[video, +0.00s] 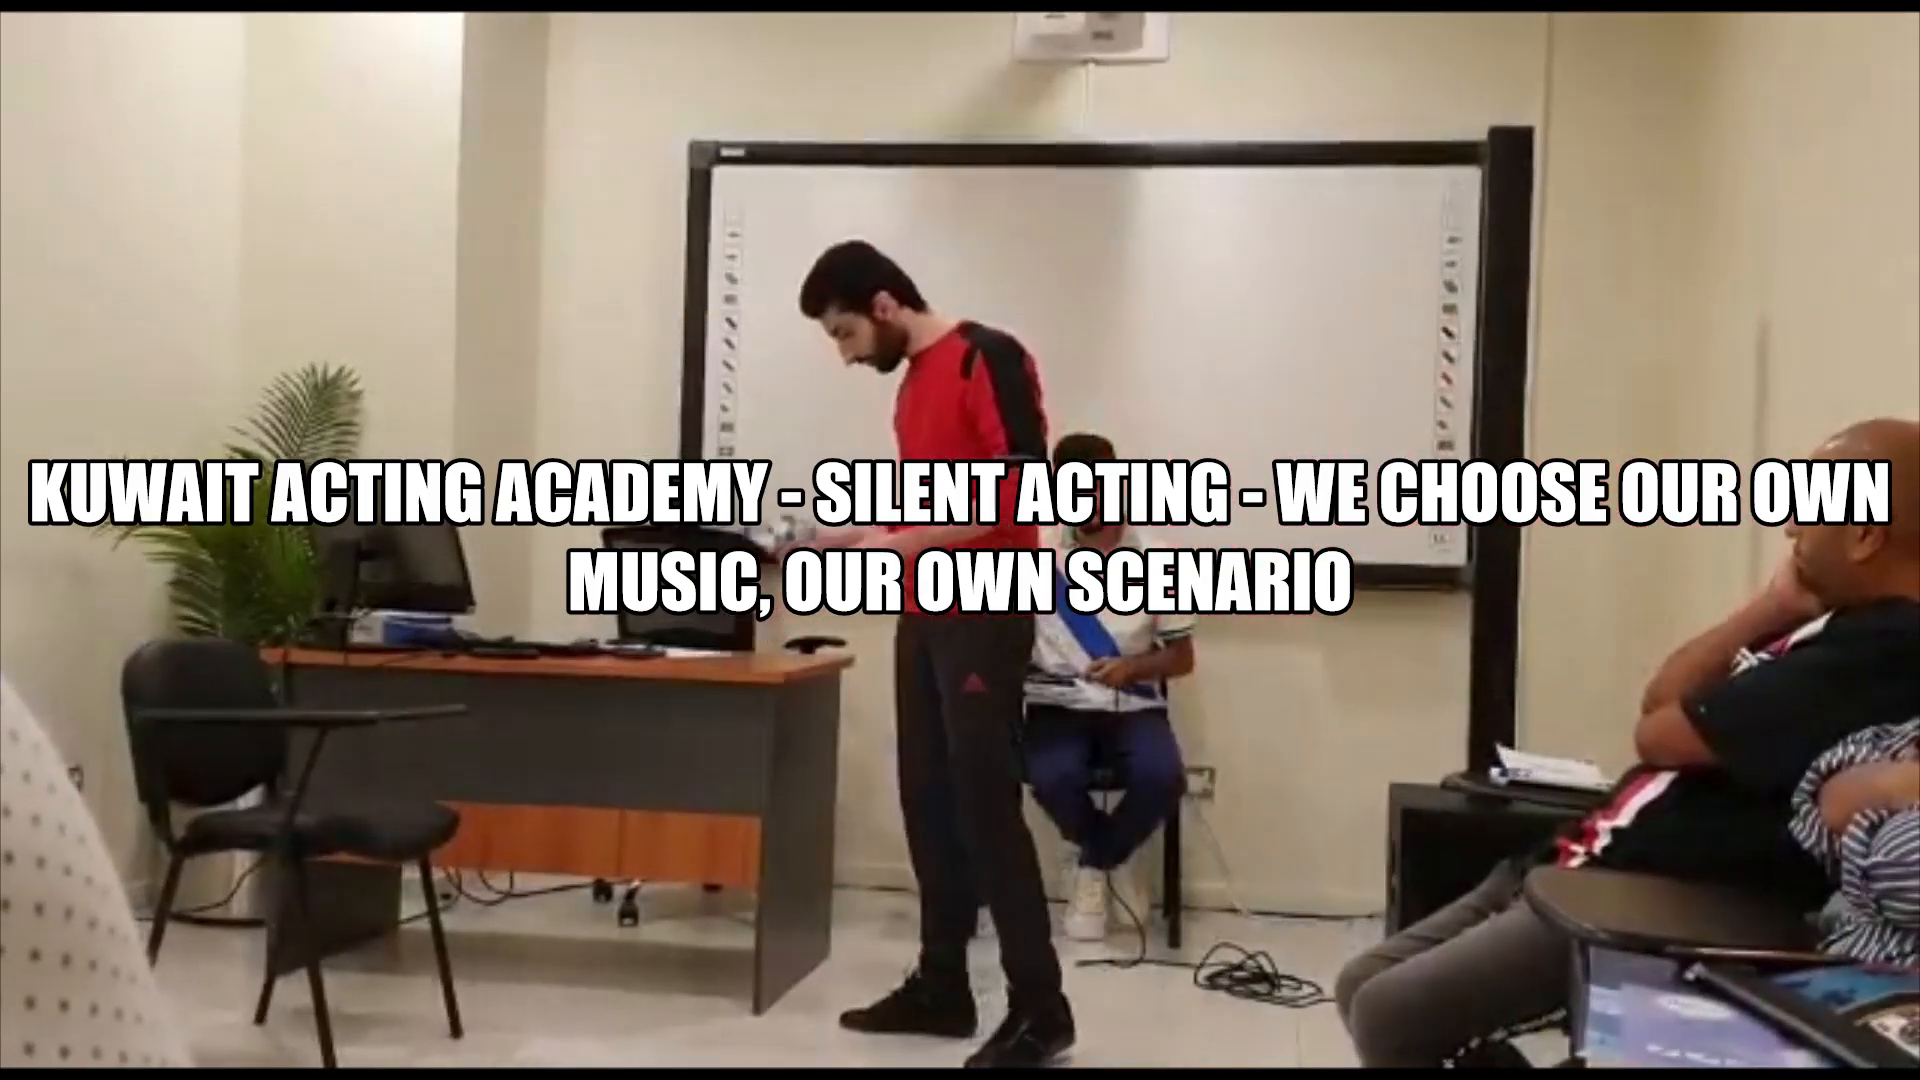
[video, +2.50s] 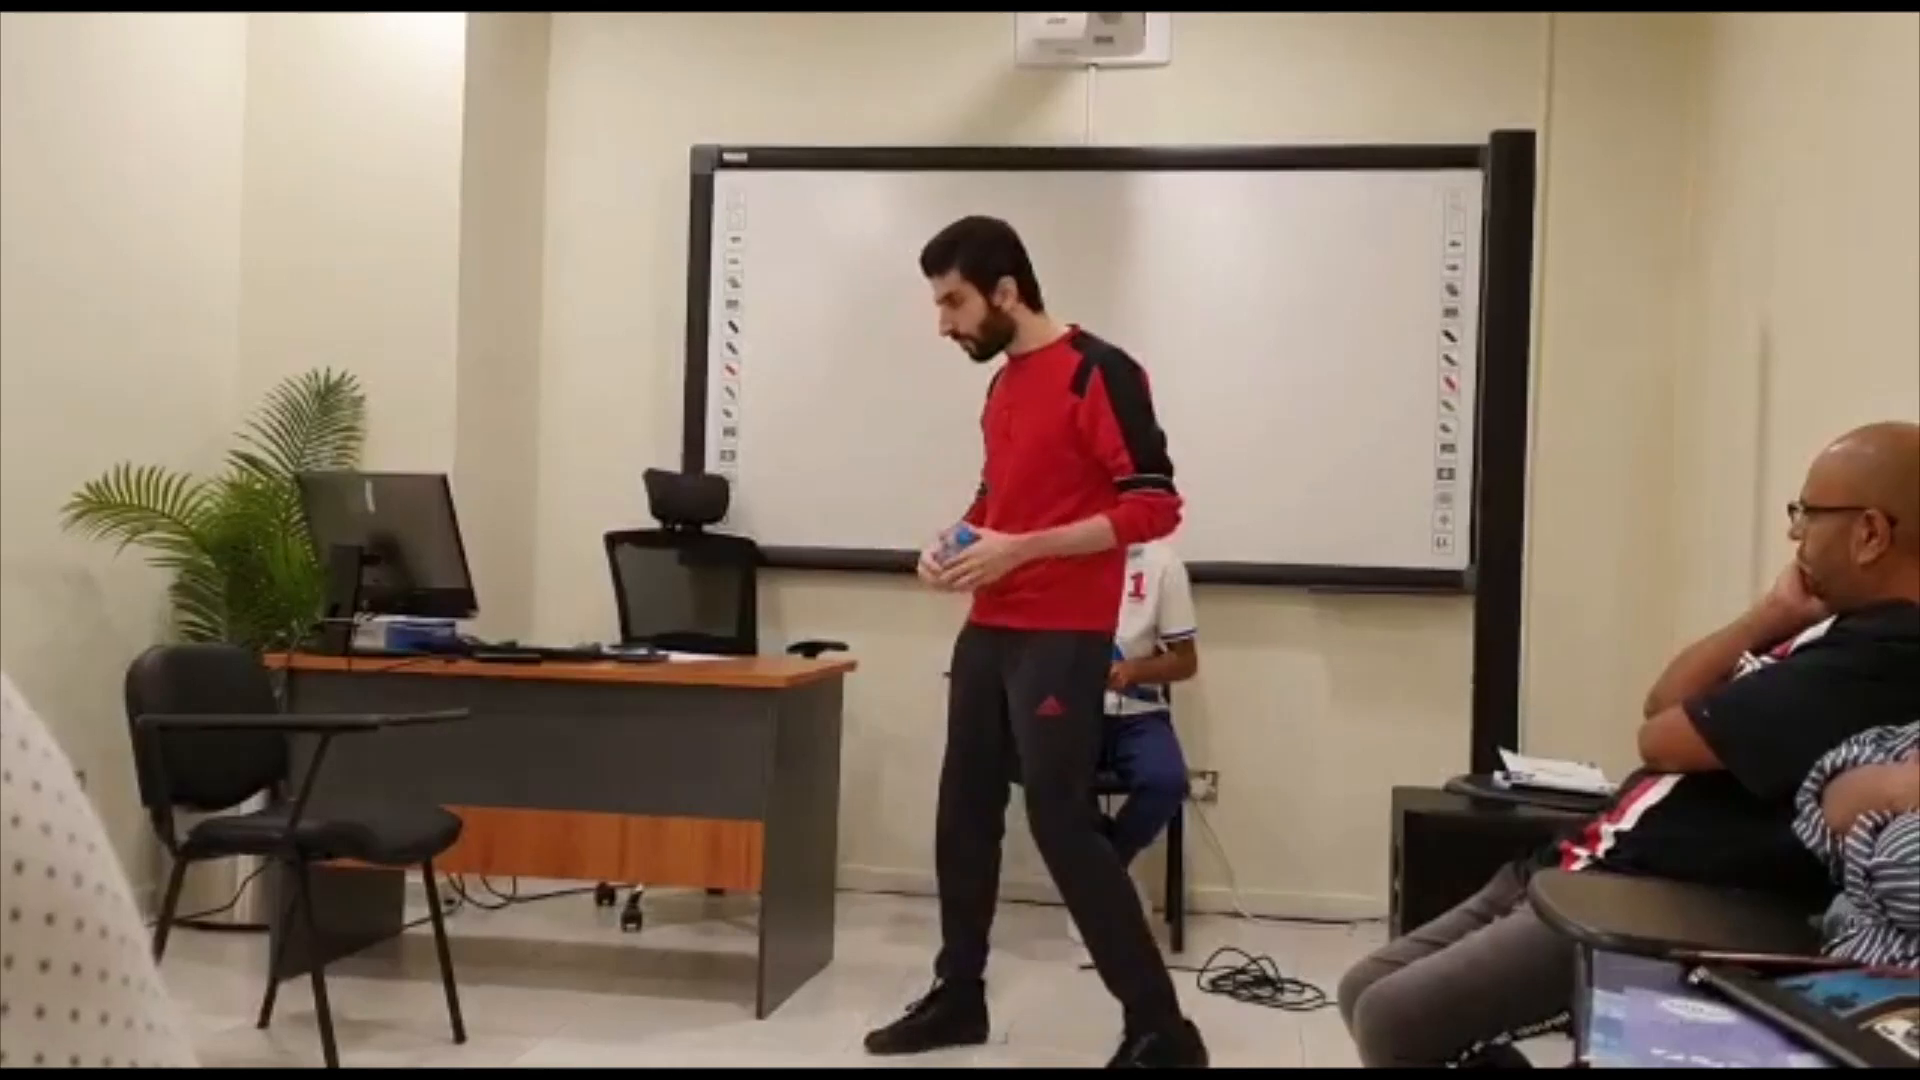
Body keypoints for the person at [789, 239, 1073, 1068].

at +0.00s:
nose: (843, 352)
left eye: (843, 330)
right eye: (833, 336)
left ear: (885, 303)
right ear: (881, 313)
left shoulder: (990, 357)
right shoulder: (914, 389)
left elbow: (1032, 496)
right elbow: (922, 515)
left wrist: (924, 545)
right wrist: (838, 541)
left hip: (984, 618)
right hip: (923, 619)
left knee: (987, 805)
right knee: (927, 798)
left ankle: (1039, 1008)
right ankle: (941, 988)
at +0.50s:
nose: (934, 338)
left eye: (940, 319)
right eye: (923, 324)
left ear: (984, 291)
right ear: (929, 313)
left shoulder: (1068, 376)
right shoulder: (971, 378)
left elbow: (1103, 521)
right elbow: (966, 518)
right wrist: (923, 624)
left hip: (1031, 637)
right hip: (957, 632)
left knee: (1032, 820)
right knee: (922, 789)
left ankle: (1046, 1020)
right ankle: (939, 987)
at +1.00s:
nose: (960, 342)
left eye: (969, 322)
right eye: (945, 330)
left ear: (1006, 293)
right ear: (934, 320)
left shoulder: (1086, 376)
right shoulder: (973, 378)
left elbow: (1136, 513)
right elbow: (975, 508)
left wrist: (1067, 575)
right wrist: (940, 611)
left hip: (1046, 638)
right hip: (963, 632)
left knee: (1047, 826)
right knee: (940, 803)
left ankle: (1046, 1023)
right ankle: (947, 992)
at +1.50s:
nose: (957, 340)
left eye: (964, 320)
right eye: (943, 327)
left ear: (1007, 289)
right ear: (937, 318)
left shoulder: (1093, 375)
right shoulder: (980, 375)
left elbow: (1133, 515)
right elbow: (988, 479)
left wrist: (1002, 520)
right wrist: (942, 514)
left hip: (1049, 634)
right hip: (969, 625)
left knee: (1047, 828)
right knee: (946, 802)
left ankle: (1046, 1025)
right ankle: (948, 993)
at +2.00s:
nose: (941, 338)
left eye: (947, 318)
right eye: (932, 323)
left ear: (996, 289)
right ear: (972, 304)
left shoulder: (1091, 369)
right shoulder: (982, 381)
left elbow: (1145, 502)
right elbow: (988, 492)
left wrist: (1017, 542)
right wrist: (944, 530)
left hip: (1054, 637)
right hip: (973, 630)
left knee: (1052, 833)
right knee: (953, 814)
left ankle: (1049, 1026)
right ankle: (955, 996)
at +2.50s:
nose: (944, 323)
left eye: (953, 302)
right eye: (938, 305)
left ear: (1008, 290)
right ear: (998, 298)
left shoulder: (1103, 371)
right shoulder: (1003, 386)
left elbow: (1157, 507)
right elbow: (997, 494)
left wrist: (1023, 547)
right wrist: (956, 540)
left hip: (1065, 637)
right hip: (991, 630)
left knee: (1062, 823)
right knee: (966, 814)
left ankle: (1160, 1029)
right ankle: (958, 996)